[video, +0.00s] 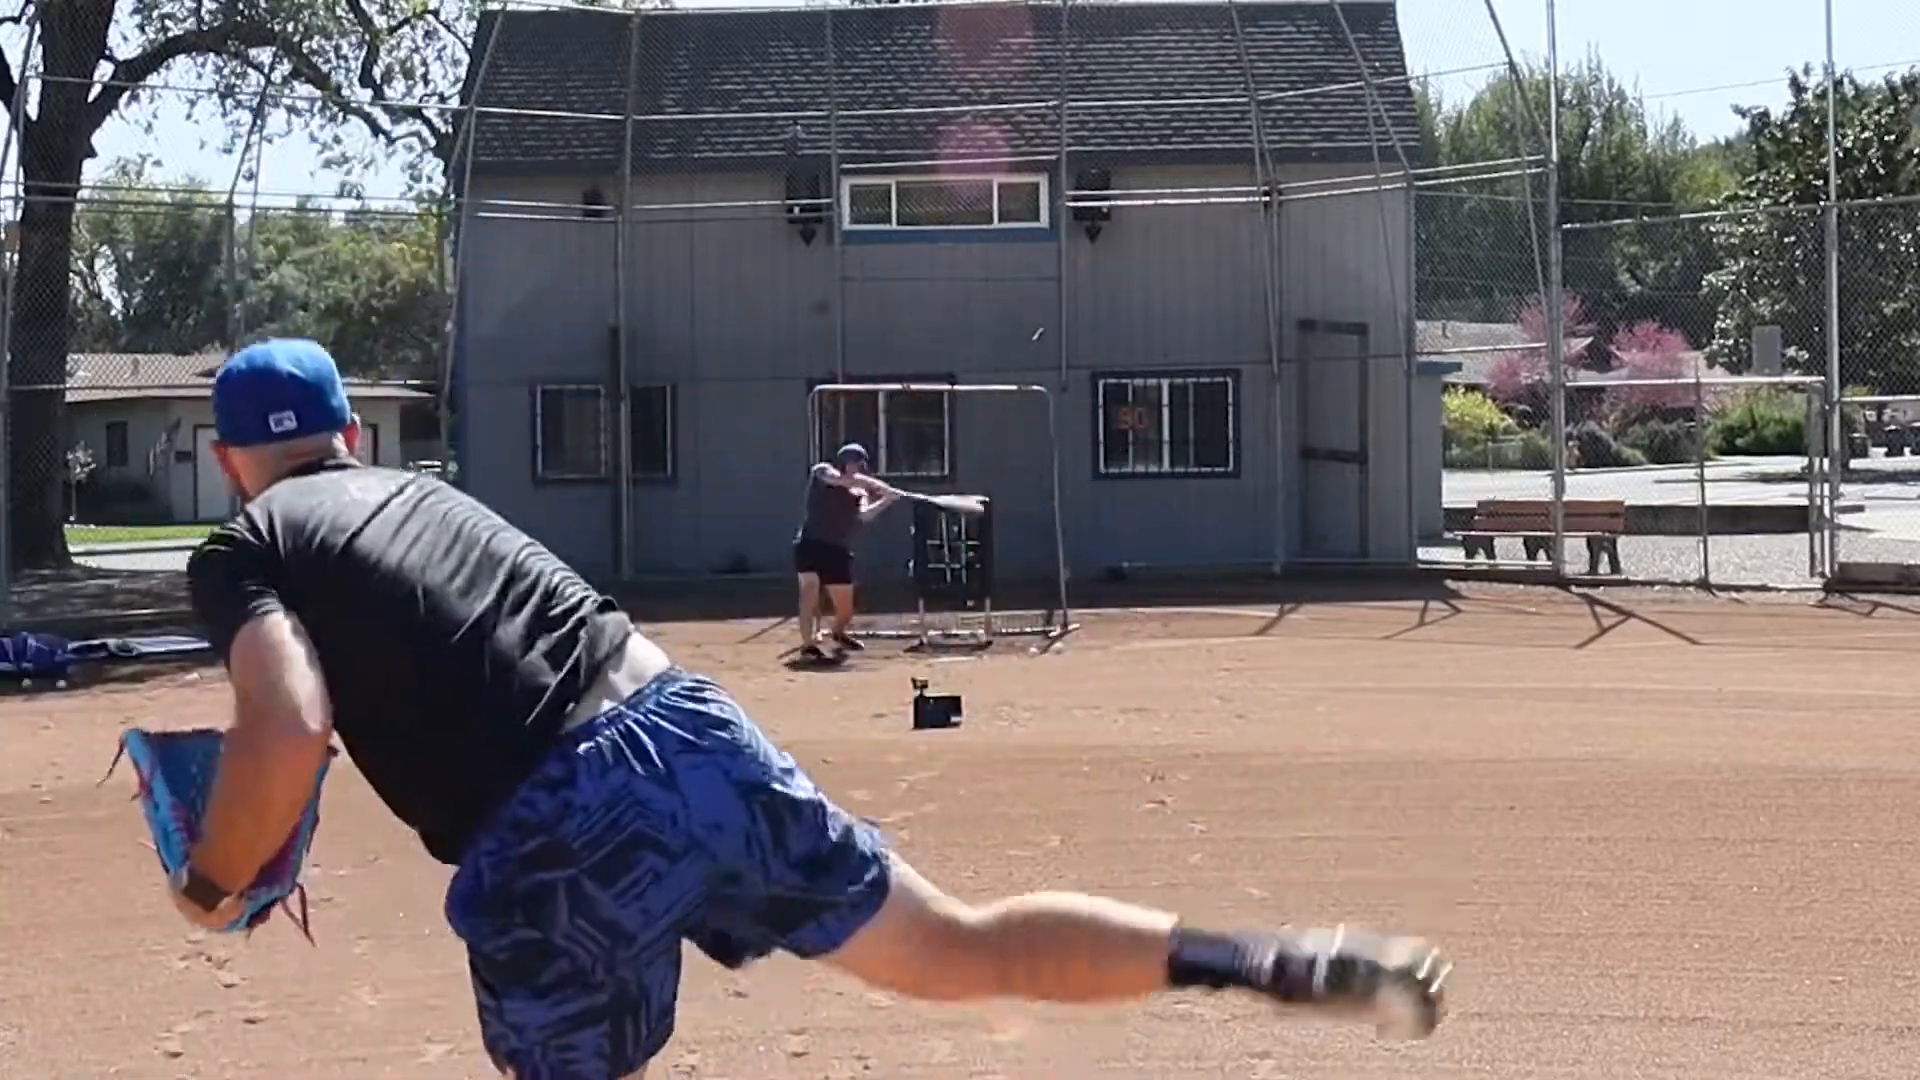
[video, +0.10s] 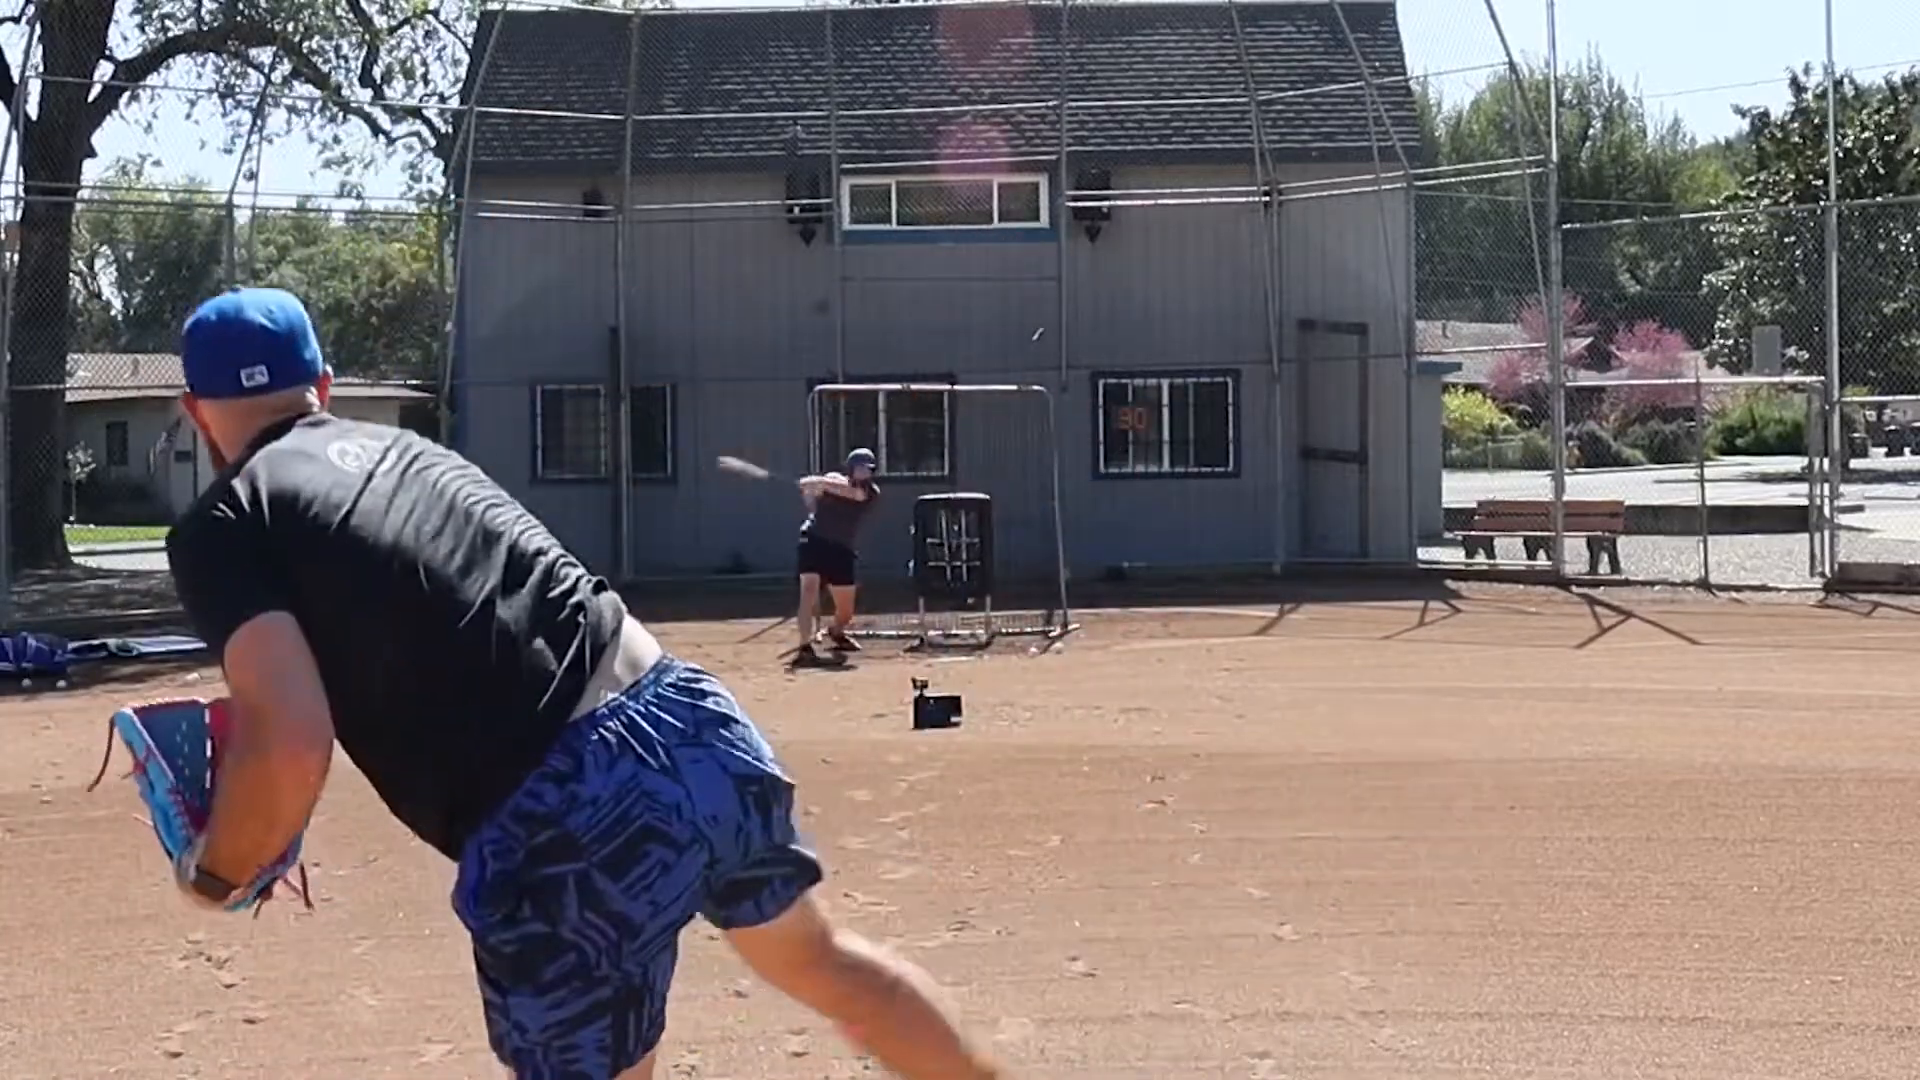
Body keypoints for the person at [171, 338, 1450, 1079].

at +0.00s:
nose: (219, 469)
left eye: (218, 450)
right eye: (233, 449)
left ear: (235, 453)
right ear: (342, 427)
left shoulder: (253, 545)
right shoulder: (416, 495)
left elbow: (281, 727)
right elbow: (387, 706)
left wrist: (218, 872)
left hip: (559, 829)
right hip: (693, 726)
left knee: (566, 1059)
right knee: (949, 947)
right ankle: (1285, 968)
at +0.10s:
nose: (191, 422)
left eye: (186, 406)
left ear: (195, 413)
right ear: (321, 387)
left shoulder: (226, 518)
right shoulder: (402, 448)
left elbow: (289, 739)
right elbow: (420, 641)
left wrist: (219, 866)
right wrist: (273, 799)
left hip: (565, 830)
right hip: (695, 722)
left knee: (587, 1065)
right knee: (819, 954)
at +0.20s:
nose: (178, 396)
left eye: (174, 376)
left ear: (182, 379)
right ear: (306, 346)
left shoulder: (231, 493)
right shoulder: (387, 411)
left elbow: (307, 748)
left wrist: (221, 846)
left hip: (569, 820)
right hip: (689, 730)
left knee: (589, 1059)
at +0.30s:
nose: (165, 367)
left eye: (159, 347)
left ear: (165, 353)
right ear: (296, 318)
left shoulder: (228, 474)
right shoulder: (375, 390)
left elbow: (315, 744)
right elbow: (503, 564)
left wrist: (208, 824)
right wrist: (444, 733)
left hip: (579, 811)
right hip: (651, 736)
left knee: (593, 1064)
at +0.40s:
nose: (137, 341)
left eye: (131, 323)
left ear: (142, 327)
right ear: (275, 293)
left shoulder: (223, 452)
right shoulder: (358, 375)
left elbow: (305, 745)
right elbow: (402, 584)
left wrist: (168, 793)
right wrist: (328, 744)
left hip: (535, 820)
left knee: (557, 1066)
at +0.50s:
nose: (94, 328)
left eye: (87, 301)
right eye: (88, 301)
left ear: (99, 302)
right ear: (222, 271)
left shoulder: (203, 437)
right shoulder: (306, 368)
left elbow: (276, 729)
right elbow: (306, 615)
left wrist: (115, 766)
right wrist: (215, 799)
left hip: (484, 829)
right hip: (369, 815)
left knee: (527, 1067)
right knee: (173, 1058)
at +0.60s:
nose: (10, 320)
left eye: (7, 292)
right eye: (8, 292)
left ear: (30, 294)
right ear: (152, 271)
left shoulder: (146, 438)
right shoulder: (211, 381)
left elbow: (232, 724)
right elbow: (198, 688)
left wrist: (51, 760)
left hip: (417, 851)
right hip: (279, 837)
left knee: (464, 1061)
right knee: (141, 1066)